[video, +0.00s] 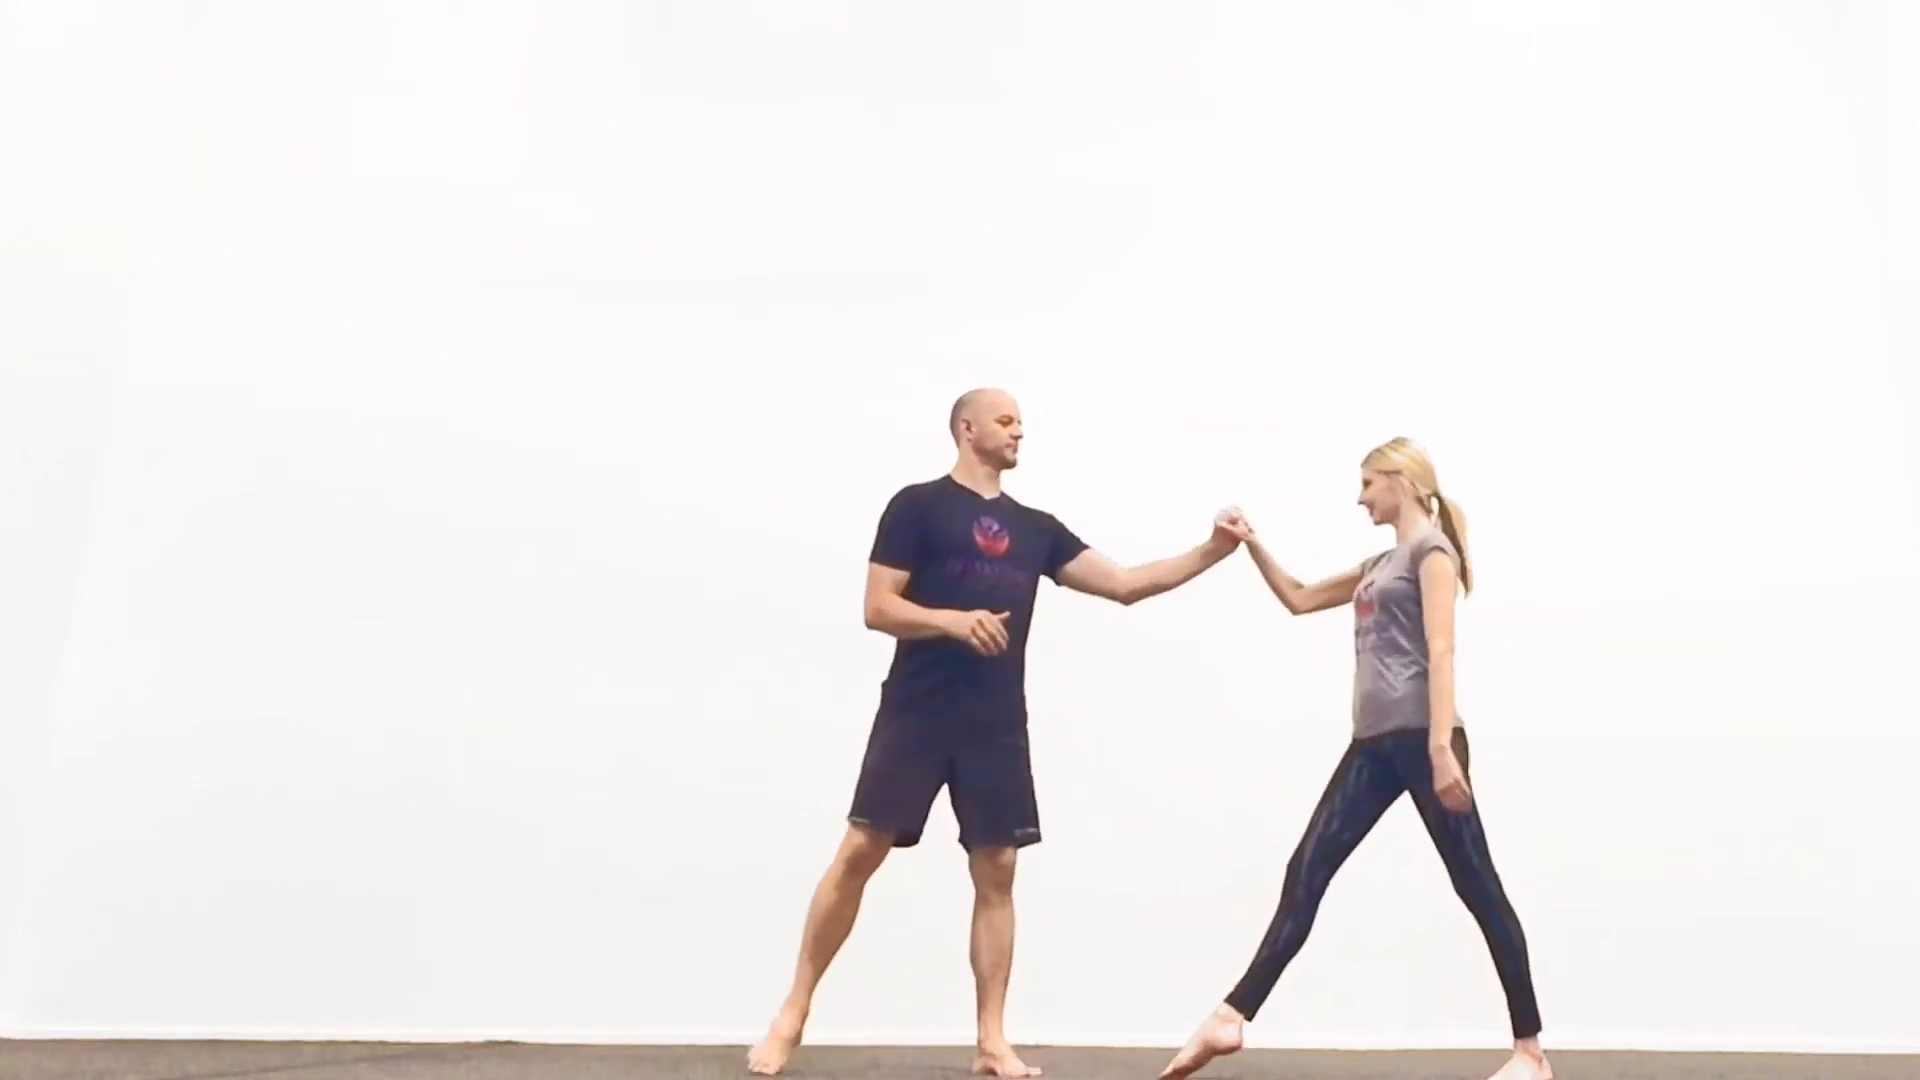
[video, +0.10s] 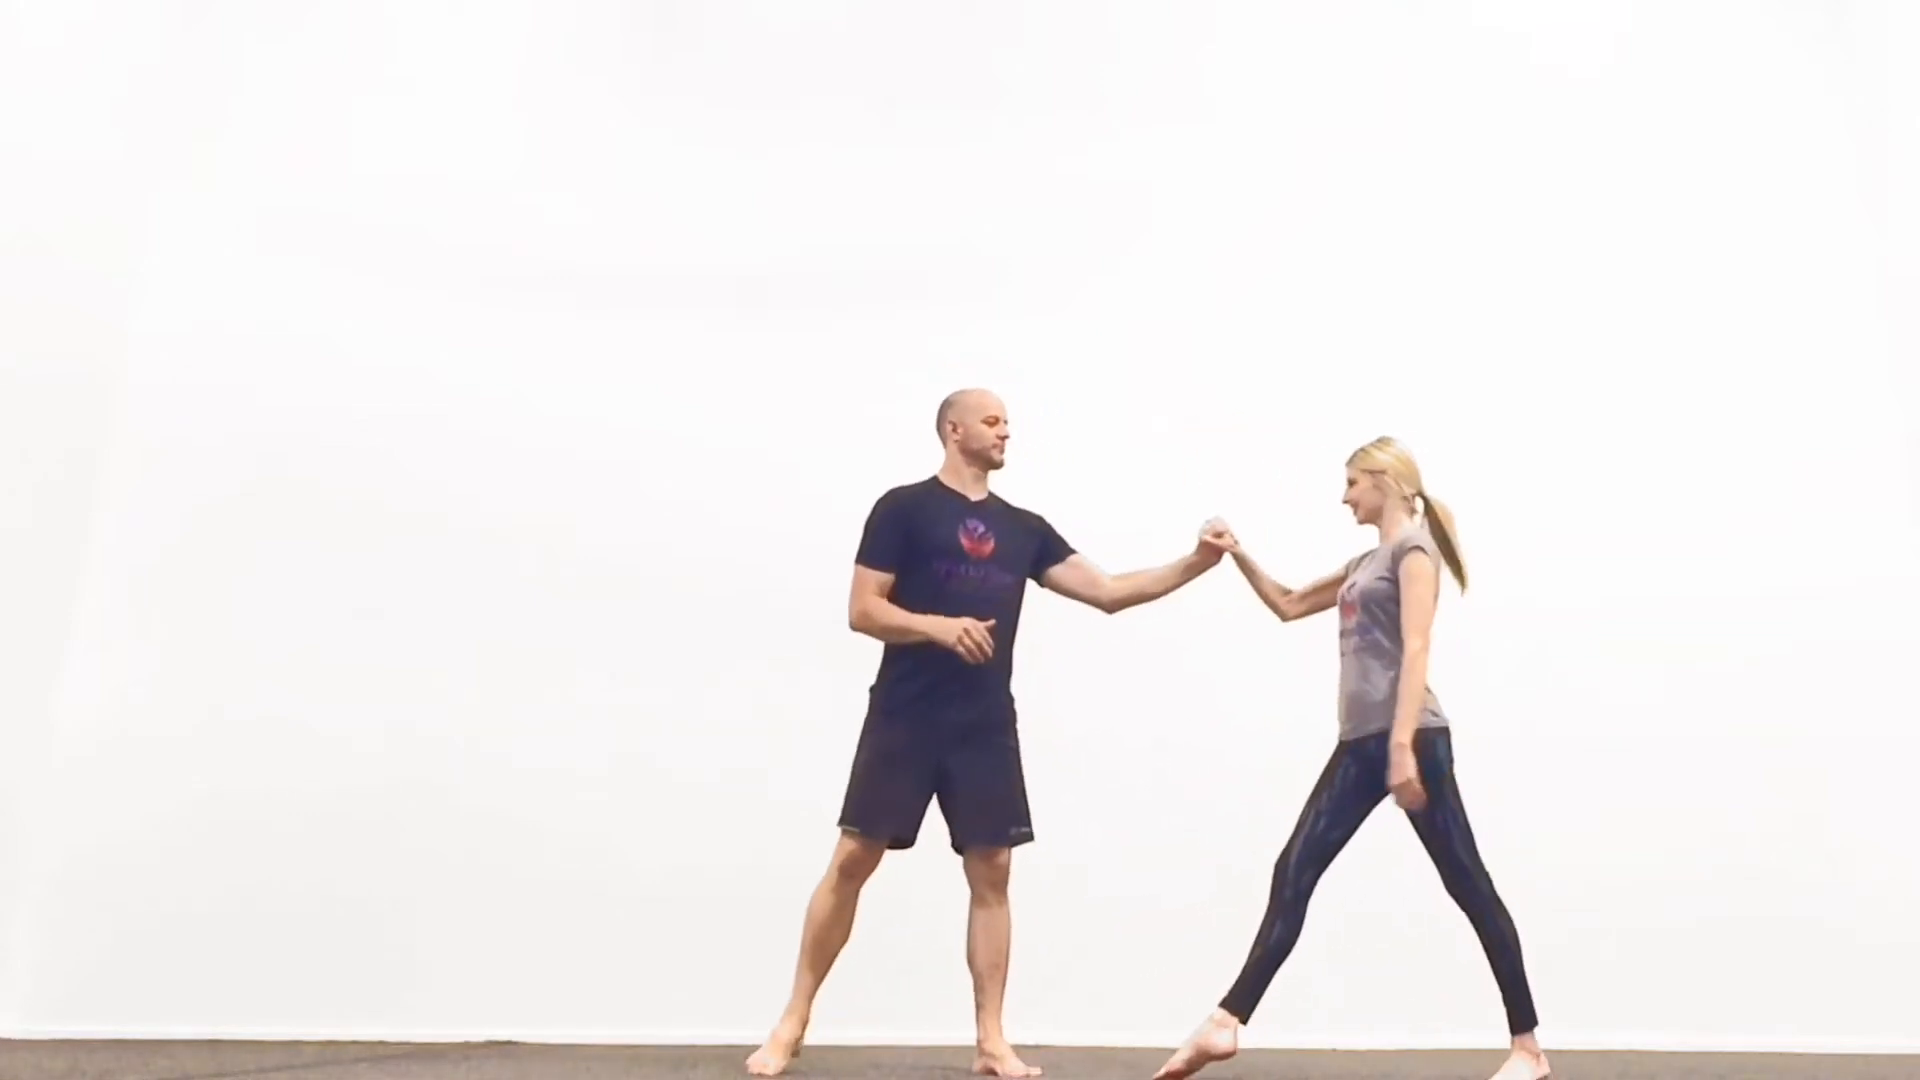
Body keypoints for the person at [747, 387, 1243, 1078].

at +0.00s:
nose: (1017, 433)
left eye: (1020, 423)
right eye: (1005, 421)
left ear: (1015, 436)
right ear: (964, 429)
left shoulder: (1034, 528)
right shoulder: (917, 505)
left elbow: (1125, 584)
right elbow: (879, 608)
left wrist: (1211, 550)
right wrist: (954, 621)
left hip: (996, 722)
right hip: (914, 715)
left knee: (997, 873)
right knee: (860, 853)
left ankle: (992, 1043)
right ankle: (792, 1015)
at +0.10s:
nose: (1004, 432)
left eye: (1006, 423)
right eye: (991, 421)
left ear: (1001, 436)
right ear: (951, 431)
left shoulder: (1023, 528)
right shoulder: (902, 508)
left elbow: (1107, 591)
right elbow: (864, 611)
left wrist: (1197, 561)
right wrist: (940, 627)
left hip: (985, 724)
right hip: (902, 719)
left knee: (991, 872)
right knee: (852, 861)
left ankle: (991, 1044)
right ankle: (793, 1019)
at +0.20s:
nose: (992, 435)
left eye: (994, 426)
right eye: (979, 424)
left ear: (987, 437)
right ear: (939, 433)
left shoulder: (1011, 530)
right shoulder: (890, 511)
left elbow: (1089, 598)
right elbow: (850, 614)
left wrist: (1170, 560)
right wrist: (928, 636)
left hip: (975, 726)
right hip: (892, 721)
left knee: (988, 873)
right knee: (843, 865)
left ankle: (991, 1043)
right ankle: (786, 1027)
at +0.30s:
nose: (980, 440)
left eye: (982, 429)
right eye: (967, 429)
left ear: (972, 439)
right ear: (928, 437)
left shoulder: (1000, 532)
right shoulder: (880, 516)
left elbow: (1072, 602)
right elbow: (843, 619)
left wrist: (1131, 551)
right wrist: (923, 646)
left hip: (968, 725)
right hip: (885, 720)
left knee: (985, 871)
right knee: (839, 867)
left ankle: (992, 1043)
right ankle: (782, 1032)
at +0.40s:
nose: (969, 443)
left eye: (970, 432)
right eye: (956, 433)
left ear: (962, 439)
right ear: (917, 440)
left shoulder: (990, 529)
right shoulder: (874, 520)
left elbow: (1065, 594)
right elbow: (849, 630)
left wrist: (1102, 530)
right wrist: (942, 658)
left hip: (960, 724)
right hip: (881, 723)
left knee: (982, 871)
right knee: (838, 869)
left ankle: (991, 1044)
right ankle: (783, 1039)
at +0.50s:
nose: (960, 449)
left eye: (961, 438)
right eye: (947, 440)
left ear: (956, 443)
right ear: (909, 448)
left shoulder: (981, 524)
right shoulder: (875, 529)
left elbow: (1063, 579)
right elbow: (870, 643)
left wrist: (1080, 516)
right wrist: (969, 671)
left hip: (958, 726)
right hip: (882, 725)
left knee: (981, 871)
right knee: (836, 870)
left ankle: (991, 1045)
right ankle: (781, 1041)